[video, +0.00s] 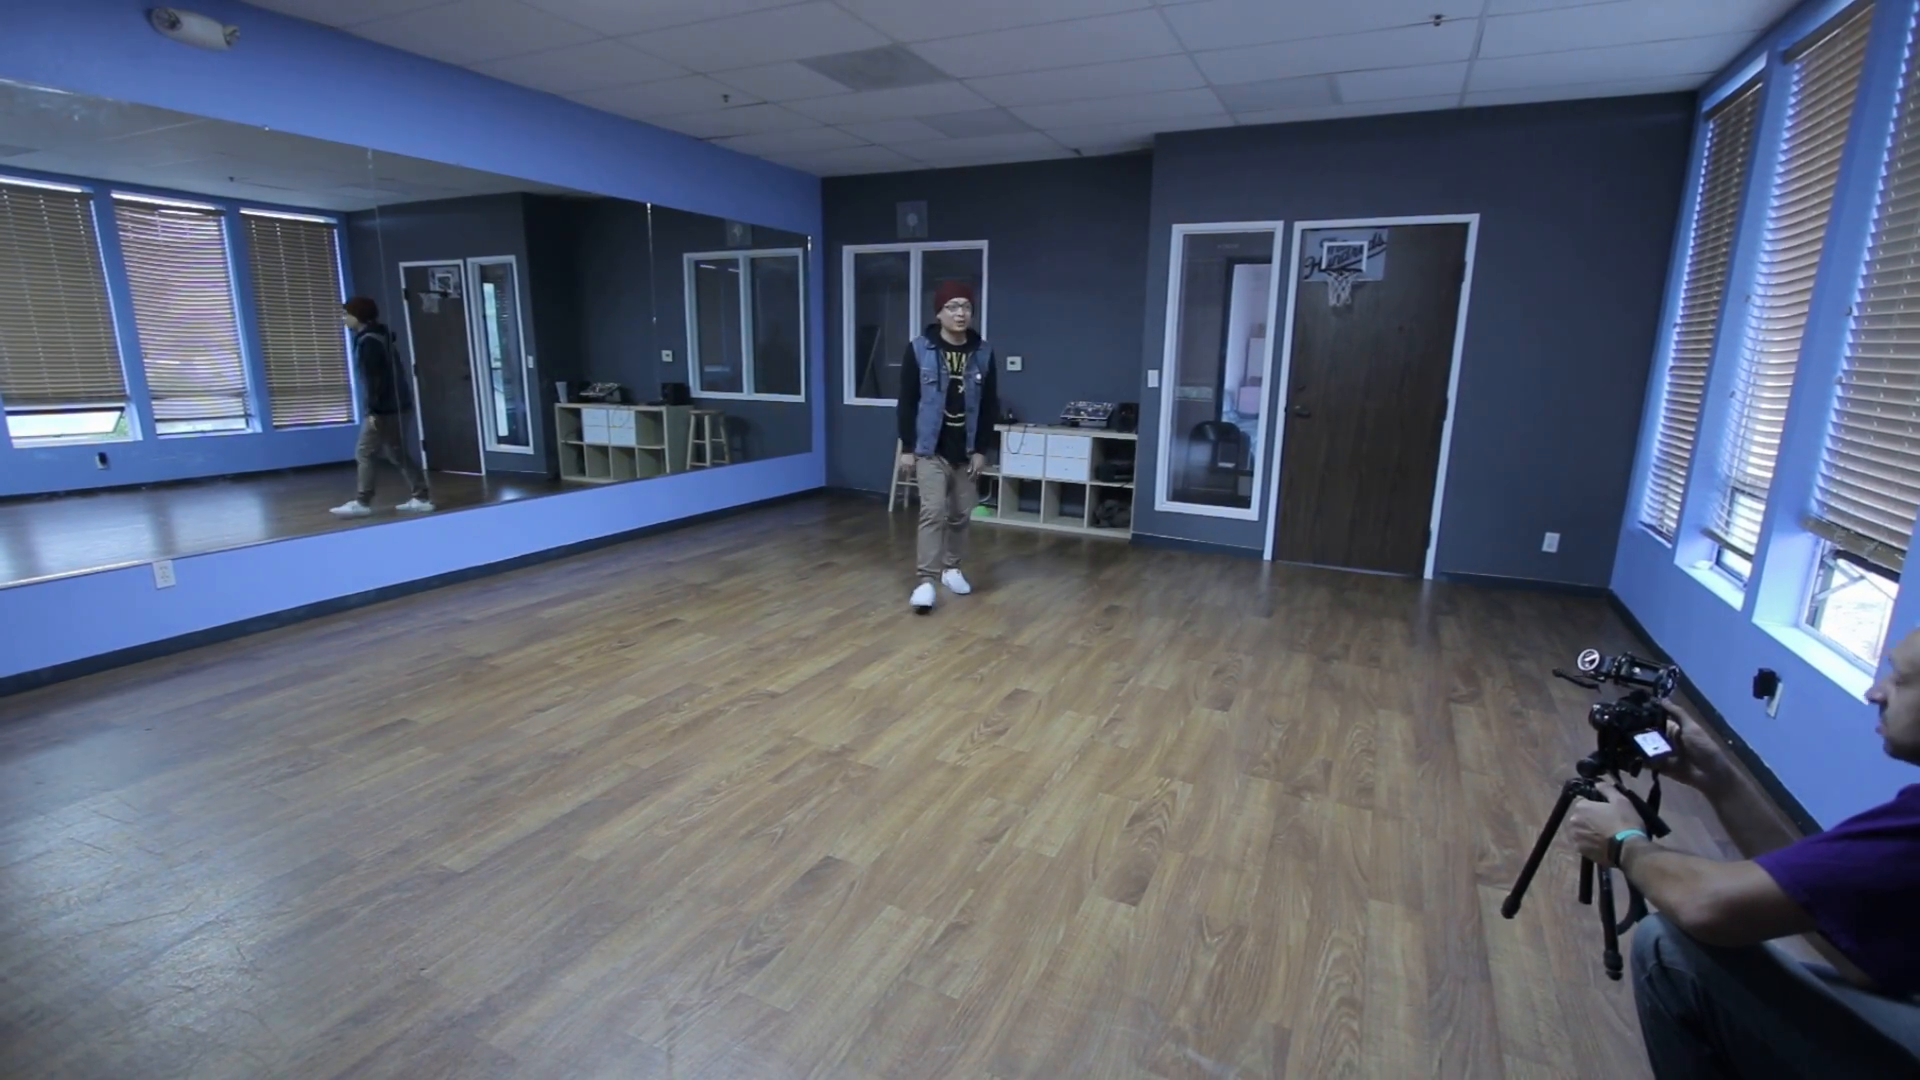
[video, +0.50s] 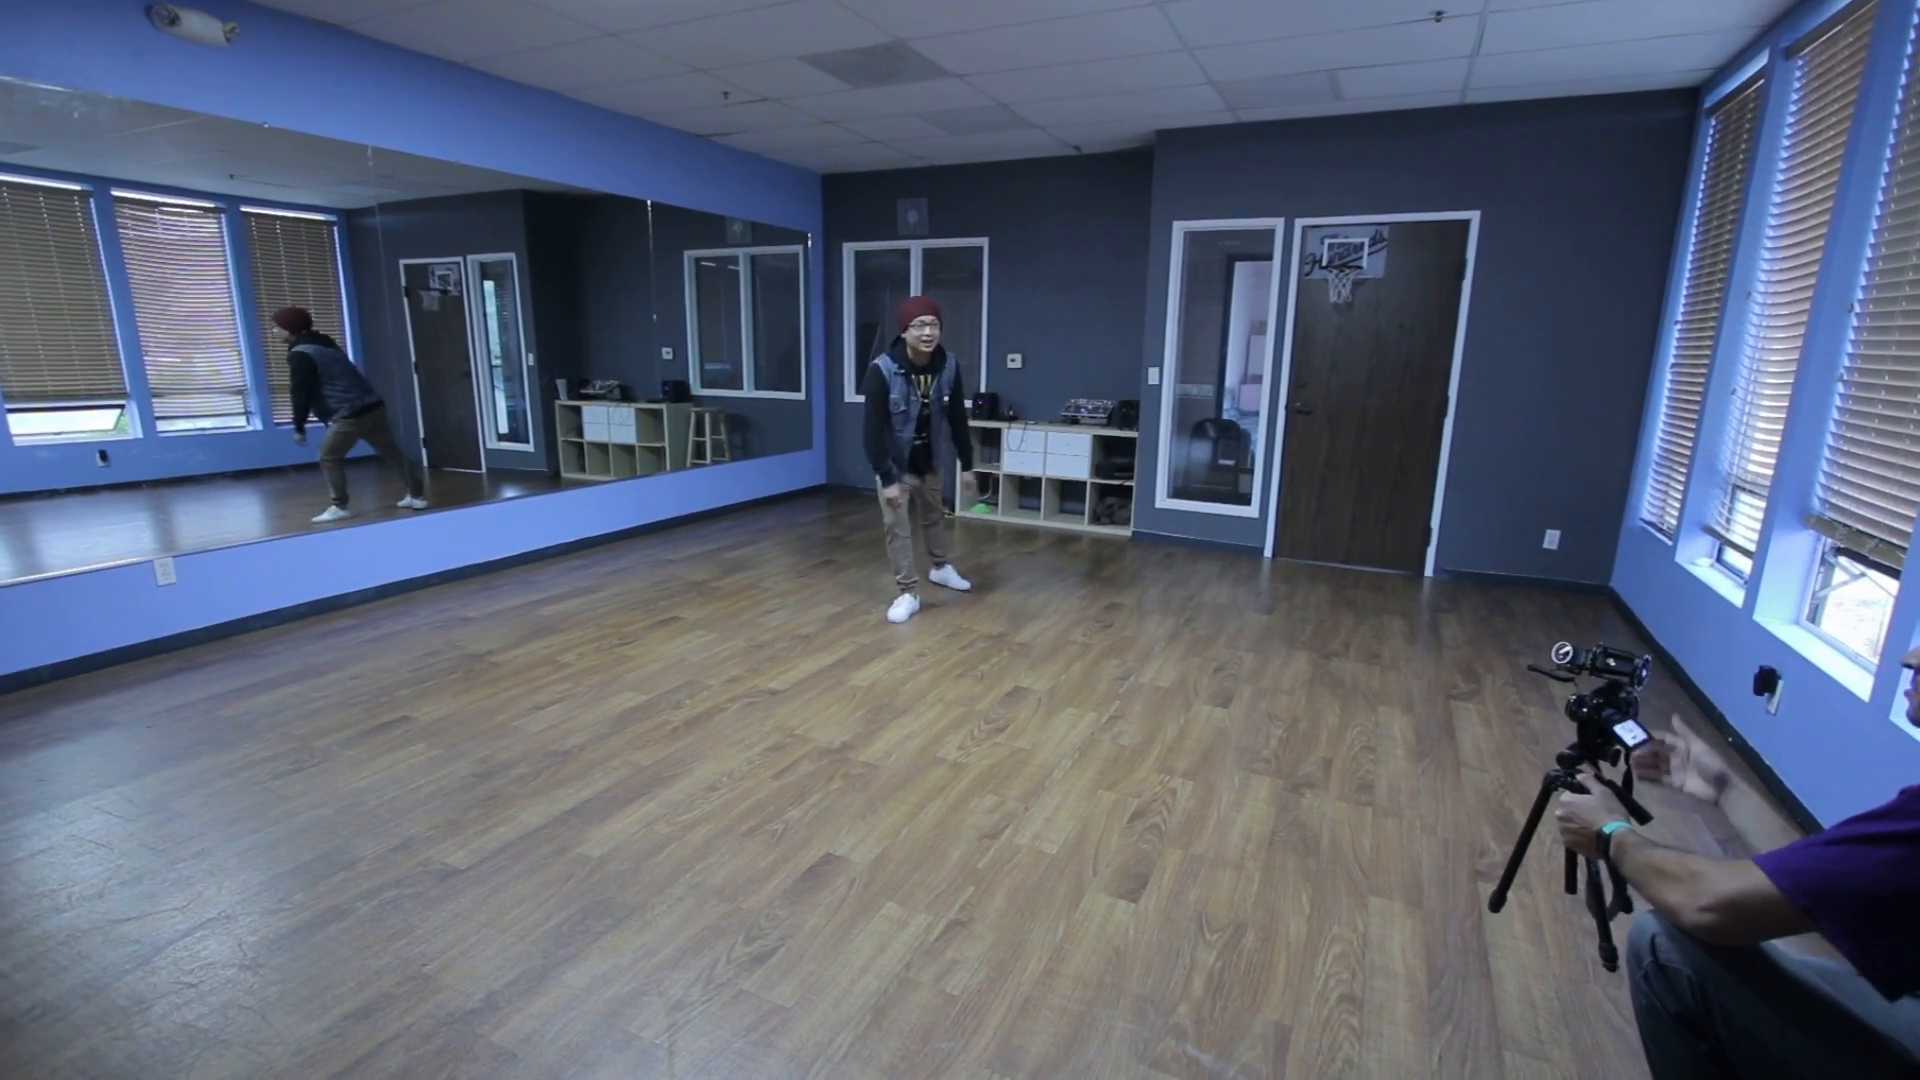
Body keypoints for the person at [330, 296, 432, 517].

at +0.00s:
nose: (344, 319)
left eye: (347, 315)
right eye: (344, 315)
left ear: (359, 317)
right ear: (366, 316)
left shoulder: (368, 340)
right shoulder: (380, 335)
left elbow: (375, 377)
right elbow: (382, 376)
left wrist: (373, 411)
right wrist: (380, 406)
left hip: (381, 409)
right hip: (392, 406)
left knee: (364, 452)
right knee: (397, 452)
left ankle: (363, 501)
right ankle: (421, 496)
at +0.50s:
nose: (275, 331)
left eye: (278, 327)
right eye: (275, 326)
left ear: (290, 330)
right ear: (303, 327)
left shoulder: (299, 354)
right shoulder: (323, 342)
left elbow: (300, 392)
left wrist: (299, 427)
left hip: (350, 411)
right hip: (372, 405)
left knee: (329, 458)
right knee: (392, 453)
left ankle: (340, 506)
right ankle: (417, 495)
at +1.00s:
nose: (285, 311)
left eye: (289, 307)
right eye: (286, 307)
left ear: (302, 312)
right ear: (312, 310)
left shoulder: (306, 337)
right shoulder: (331, 329)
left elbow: (308, 378)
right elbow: (334, 373)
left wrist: (302, 413)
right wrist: (318, 406)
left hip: (339, 405)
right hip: (361, 400)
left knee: (333, 456)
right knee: (357, 454)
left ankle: (338, 504)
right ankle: (376, 501)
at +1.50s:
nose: (334, 306)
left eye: (339, 303)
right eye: (335, 302)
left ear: (351, 309)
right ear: (358, 309)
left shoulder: (349, 338)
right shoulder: (376, 332)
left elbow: (348, 378)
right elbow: (382, 372)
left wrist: (345, 409)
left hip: (361, 411)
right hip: (382, 407)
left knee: (351, 458)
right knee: (377, 456)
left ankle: (375, 505)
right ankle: (381, 504)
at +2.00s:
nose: (365, 307)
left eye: (370, 304)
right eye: (367, 303)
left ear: (382, 310)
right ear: (386, 310)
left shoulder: (383, 338)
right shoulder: (405, 332)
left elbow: (382, 378)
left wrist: (369, 411)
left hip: (405, 407)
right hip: (414, 404)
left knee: (418, 458)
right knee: (403, 457)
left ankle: (436, 507)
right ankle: (399, 504)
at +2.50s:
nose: (403, 313)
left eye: (404, 308)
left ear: (405, 311)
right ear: (428, 308)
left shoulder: (402, 336)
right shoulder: (444, 333)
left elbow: (404, 375)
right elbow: (456, 370)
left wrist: (408, 404)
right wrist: (451, 394)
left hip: (420, 408)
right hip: (449, 405)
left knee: (424, 459)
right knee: (456, 456)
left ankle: (432, 506)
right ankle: (468, 501)